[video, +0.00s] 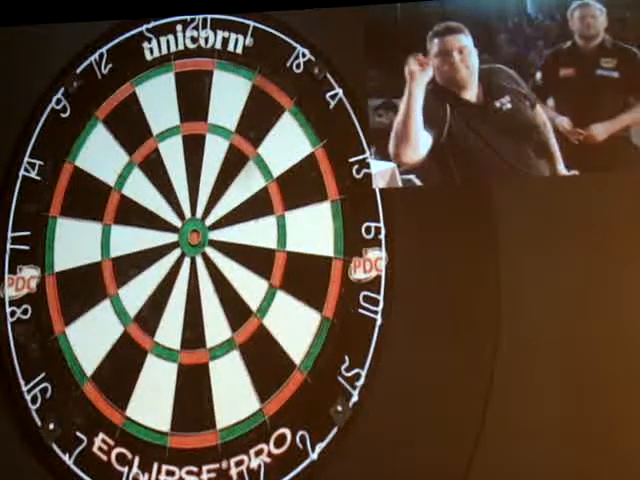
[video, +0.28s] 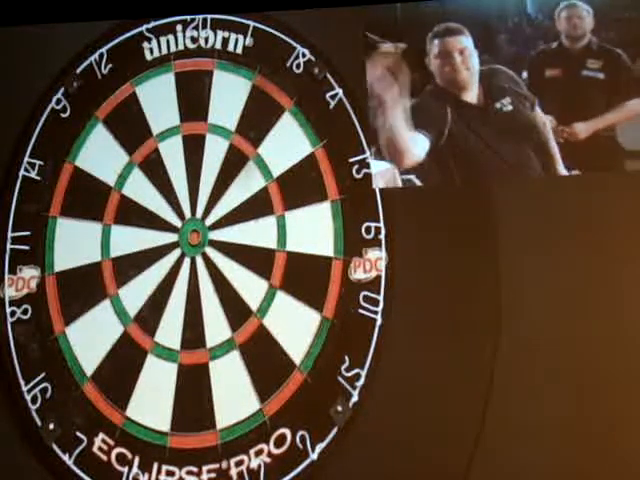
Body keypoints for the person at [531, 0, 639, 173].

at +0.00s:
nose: (588, 22)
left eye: (593, 17)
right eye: (581, 17)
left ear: (605, 21)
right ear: (570, 23)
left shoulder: (628, 57)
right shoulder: (555, 59)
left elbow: (637, 107)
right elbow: (534, 99)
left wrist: (607, 128)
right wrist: (556, 120)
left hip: (615, 154)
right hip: (567, 155)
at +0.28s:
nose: (574, 22)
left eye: (580, 17)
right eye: (568, 18)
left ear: (592, 22)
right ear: (557, 24)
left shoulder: (613, 59)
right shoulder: (540, 60)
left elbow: (634, 104)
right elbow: (526, 103)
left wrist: (589, 127)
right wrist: (545, 124)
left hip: (601, 157)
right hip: (553, 156)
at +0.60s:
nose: (560, 24)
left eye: (566, 19)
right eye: (554, 19)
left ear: (578, 24)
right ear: (544, 25)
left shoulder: (598, 60)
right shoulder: (525, 60)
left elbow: (619, 106)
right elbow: (512, 104)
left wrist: (576, 125)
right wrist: (541, 127)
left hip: (588, 154)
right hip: (538, 153)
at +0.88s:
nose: (559, 24)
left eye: (565, 19)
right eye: (554, 20)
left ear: (578, 24)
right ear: (544, 26)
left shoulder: (598, 61)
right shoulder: (524, 60)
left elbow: (618, 106)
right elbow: (510, 104)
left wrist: (575, 125)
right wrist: (538, 126)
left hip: (585, 154)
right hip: (536, 153)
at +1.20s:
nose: (566, 24)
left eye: (573, 20)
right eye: (561, 20)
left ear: (588, 25)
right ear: (553, 26)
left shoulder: (609, 62)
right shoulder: (535, 61)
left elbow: (633, 107)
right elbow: (521, 105)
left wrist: (593, 127)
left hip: (595, 162)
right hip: (546, 161)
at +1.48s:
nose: (570, 23)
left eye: (577, 18)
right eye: (566, 19)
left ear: (596, 24)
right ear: (560, 24)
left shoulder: (618, 60)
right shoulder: (541, 61)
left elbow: (636, 106)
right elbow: (527, 102)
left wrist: (599, 122)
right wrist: (542, 118)